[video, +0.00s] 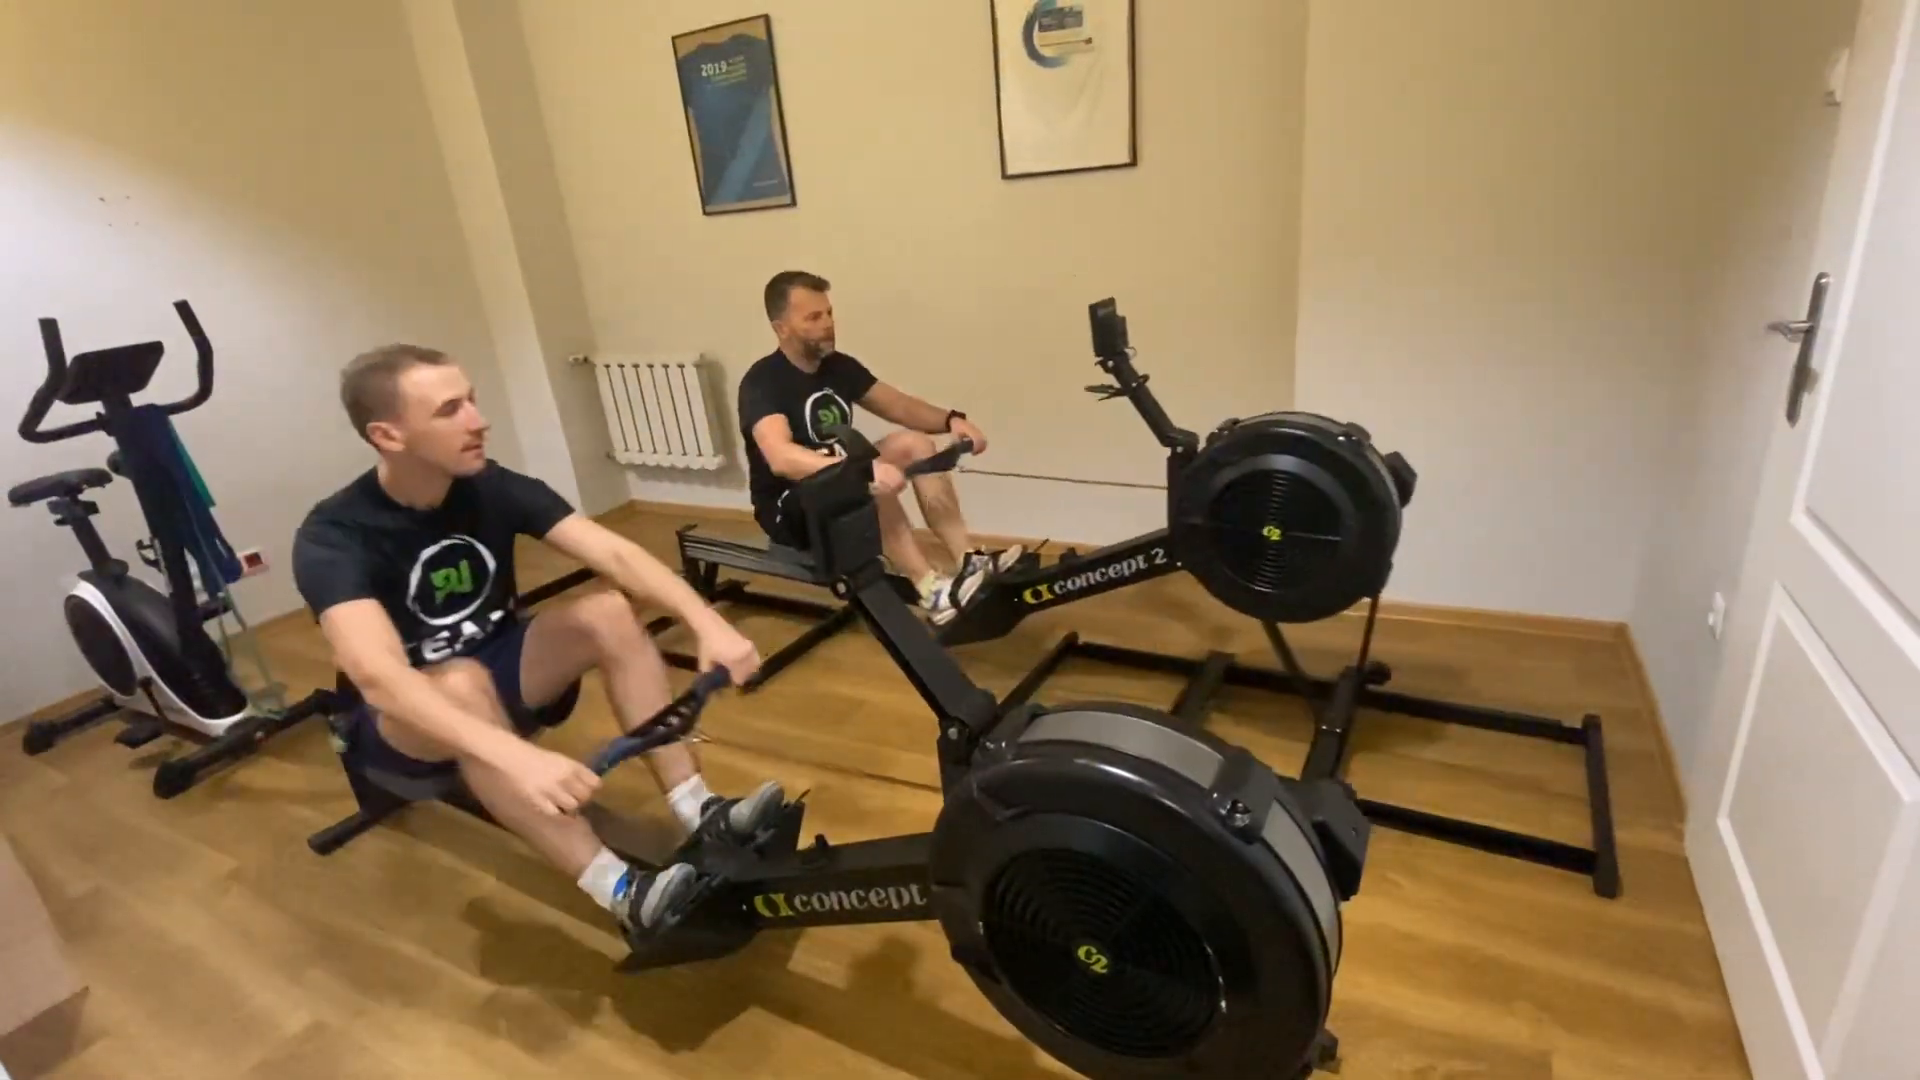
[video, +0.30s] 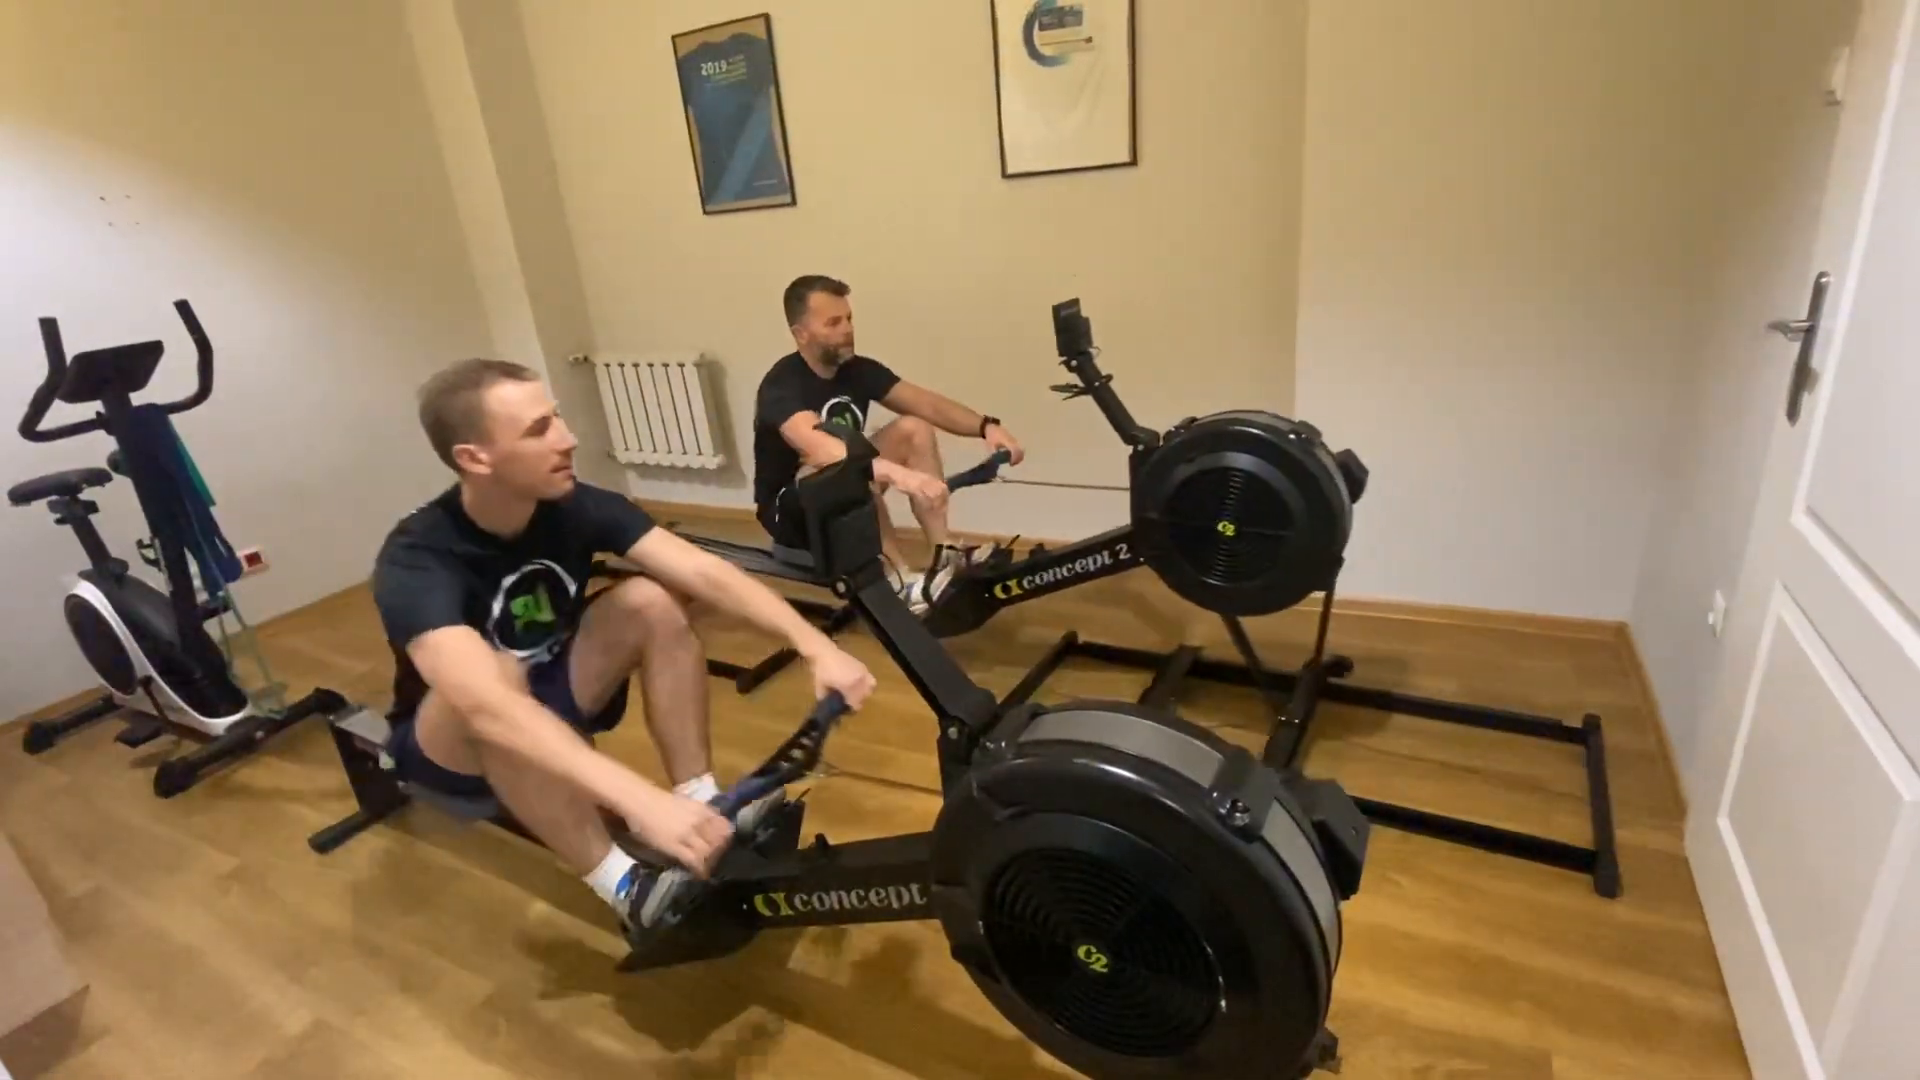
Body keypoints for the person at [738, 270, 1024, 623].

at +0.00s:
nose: (829, 324)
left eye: (829, 314)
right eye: (815, 318)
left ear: (832, 311)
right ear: (782, 328)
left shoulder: (838, 367)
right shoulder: (762, 382)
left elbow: (901, 406)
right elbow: (781, 458)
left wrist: (951, 420)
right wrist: (859, 471)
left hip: (846, 486)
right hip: (791, 506)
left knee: (914, 444)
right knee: (866, 480)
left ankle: (969, 562)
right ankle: (931, 589)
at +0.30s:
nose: (848, 330)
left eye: (848, 319)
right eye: (834, 323)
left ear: (852, 316)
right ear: (800, 333)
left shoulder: (857, 370)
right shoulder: (780, 386)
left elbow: (926, 404)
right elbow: (819, 449)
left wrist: (987, 426)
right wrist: (900, 476)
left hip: (845, 491)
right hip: (791, 513)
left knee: (914, 431)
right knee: (843, 467)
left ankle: (945, 557)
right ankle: (899, 581)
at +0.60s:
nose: (873, 337)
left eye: (873, 326)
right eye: (858, 330)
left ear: (876, 324)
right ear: (824, 342)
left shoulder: (880, 377)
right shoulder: (810, 397)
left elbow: (963, 407)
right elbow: (874, 444)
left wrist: (1031, 433)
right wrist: (953, 479)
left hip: (848, 502)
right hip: (794, 518)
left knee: (916, 421)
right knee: (843, 442)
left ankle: (927, 548)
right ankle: (874, 566)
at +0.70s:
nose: (874, 335)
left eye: (874, 324)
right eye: (860, 329)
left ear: (876, 323)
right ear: (826, 343)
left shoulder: (880, 378)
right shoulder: (811, 396)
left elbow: (965, 407)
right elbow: (878, 442)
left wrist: (1035, 430)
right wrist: (964, 476)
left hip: (848, 500)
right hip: (793, 514)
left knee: (916, 422)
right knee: (845, 443)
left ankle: (930, 552)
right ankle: (870, 566)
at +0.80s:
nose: (866, 330)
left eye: (866, 320)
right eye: (852, 323)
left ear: (869, 321)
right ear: (818, 338)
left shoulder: (873, 374)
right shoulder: (806, 394)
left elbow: (954, 406)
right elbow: (874, 444)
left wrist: (1021, 425)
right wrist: (955, 473)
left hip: (844, 492)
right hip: (792, 510)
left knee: (917, 428)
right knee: (841, 462)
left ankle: (945, 554)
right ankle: (897, 579)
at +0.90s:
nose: (849, 324)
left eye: (848, 314)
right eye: (835, 318)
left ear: (852, 312)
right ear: (803, 333)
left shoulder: (857, 370)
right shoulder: (788, 391)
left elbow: (933, 405)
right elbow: (856, 443)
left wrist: (998, 422)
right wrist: (933, 466)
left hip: (845, 488)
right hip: (790, 508)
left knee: (919, 440)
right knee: (849, 478)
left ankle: (968, 561)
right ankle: (924, 587)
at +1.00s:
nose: (829, 318)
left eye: (829, 308)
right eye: (815, 312)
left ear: (831, 306)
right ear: (781, 325)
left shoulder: (843, 366)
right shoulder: (768, 382)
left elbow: (905, 399)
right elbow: (832, 429)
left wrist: (974, 413)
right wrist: (904, 452)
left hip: (847, 480)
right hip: (790, 502)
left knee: (927, 459)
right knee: (865, 497)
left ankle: (989, 564)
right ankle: (952, 595)